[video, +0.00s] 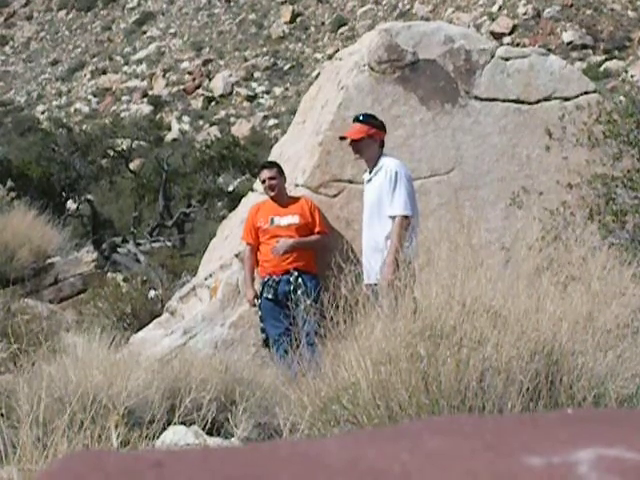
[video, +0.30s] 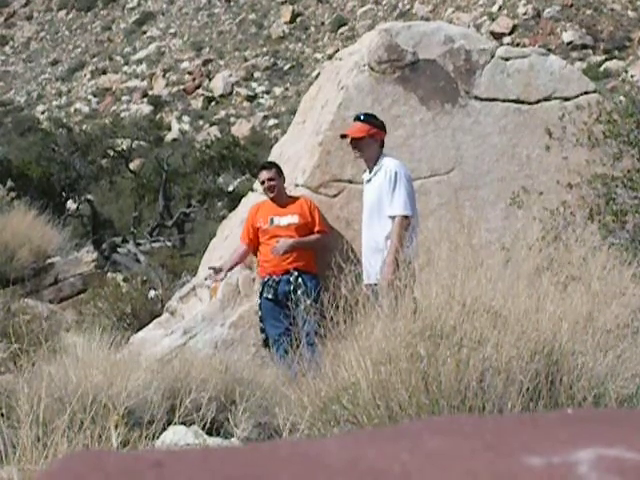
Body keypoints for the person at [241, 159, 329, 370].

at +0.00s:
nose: (269, 184)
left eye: (273, 178)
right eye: (264, 181)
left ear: (283, 178)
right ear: (261, 185)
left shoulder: (305, 205)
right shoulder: (257, 212)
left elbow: (325, 236)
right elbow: (250, 249)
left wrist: (294, 243)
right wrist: (249, 285)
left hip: (303, 277)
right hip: (271, 281)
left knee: (310, 334)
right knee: (278, 339)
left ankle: (316, 381)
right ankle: (291, 385)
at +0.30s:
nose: (268, 185)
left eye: (272, 180)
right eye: (263, 182)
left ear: (282, 179)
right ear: (260, 186)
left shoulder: (305, 205)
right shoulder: (257, 211)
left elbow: (324, 236)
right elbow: (246, 245)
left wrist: (293, 244)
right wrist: (225, 268)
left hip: (303, 278)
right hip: (271, 281)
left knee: (310, 334)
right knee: (278, 339)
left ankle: (315, 381)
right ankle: (291, 385)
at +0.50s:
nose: (267, 185)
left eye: (271, 180)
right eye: (263, 182)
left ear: (282, 180)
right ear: (260, 186)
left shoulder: (304, 204)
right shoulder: (257, 210)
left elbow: (323, 236)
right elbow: (234, 238)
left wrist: (293, 243)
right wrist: (205, 241)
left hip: (302, 277)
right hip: (271, 280)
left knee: (310, 333)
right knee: (278, 339)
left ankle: (316, 380)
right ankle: (292, 385)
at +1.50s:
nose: (270, 185)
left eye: (274, 180)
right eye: (265, 182)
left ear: (284, 180)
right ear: (261, 186)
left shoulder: (304, 205)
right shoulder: (256, 211)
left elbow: (323, 237)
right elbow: (239, 244)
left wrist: (293, 243)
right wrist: (223, 273)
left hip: (303, 277)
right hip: (271, 280)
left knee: (310, 332)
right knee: (279, 338)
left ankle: (315, 379)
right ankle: (290, 382)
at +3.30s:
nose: (272, 181)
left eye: (276, 176)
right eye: (267, 178)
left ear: (285, 178)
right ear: (263, 183)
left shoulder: (306, 205)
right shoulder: (258, 210)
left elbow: (324, 238)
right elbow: (246, 242)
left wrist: (293, 243)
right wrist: (243, 249)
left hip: (304, 278)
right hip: (272, 281)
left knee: (310, 335)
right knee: (278, 338)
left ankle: (315, 381)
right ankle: (288, 384)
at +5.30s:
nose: (274, 181)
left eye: (278, 176)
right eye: (269, 178)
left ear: (287, 179)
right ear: (264, 183)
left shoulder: (307, 206)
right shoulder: (257, 211)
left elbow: (325, 237)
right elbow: (247, 246)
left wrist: (293, 244)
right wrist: (252, 264)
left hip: (304, 274)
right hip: (272, 277)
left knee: (309, 327)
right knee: (278, 330)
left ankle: (315, 375)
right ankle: (287, 378)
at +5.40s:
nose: (275, 181)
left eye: (279, 176)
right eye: (270, 177)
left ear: (287, 179)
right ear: (265, 183)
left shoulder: (306, 205)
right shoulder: (262, 209)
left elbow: (324, 237)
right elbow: (257, 240)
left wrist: (290, 244)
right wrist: (274, 250)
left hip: (305, 272)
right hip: (277, 273)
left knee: (310, 328)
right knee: (280, 329)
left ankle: (318, 373)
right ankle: (290, 377)